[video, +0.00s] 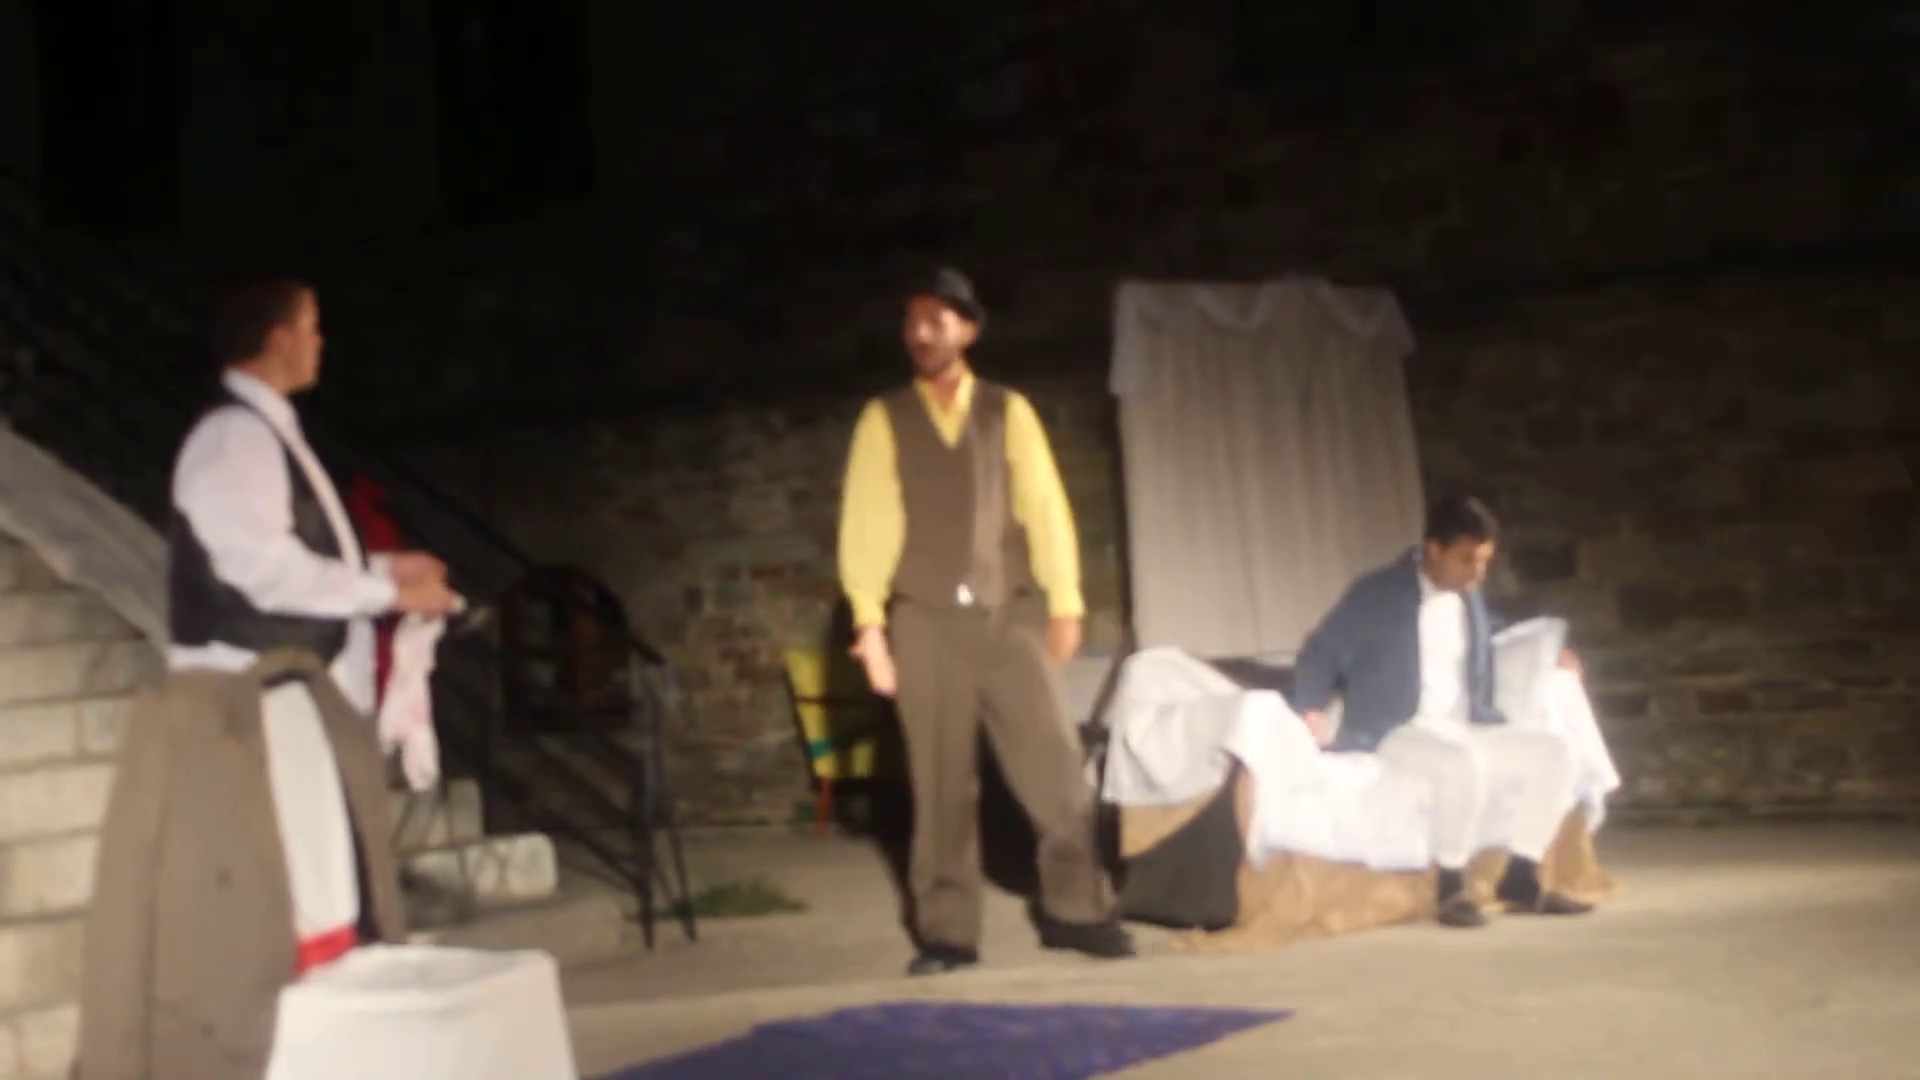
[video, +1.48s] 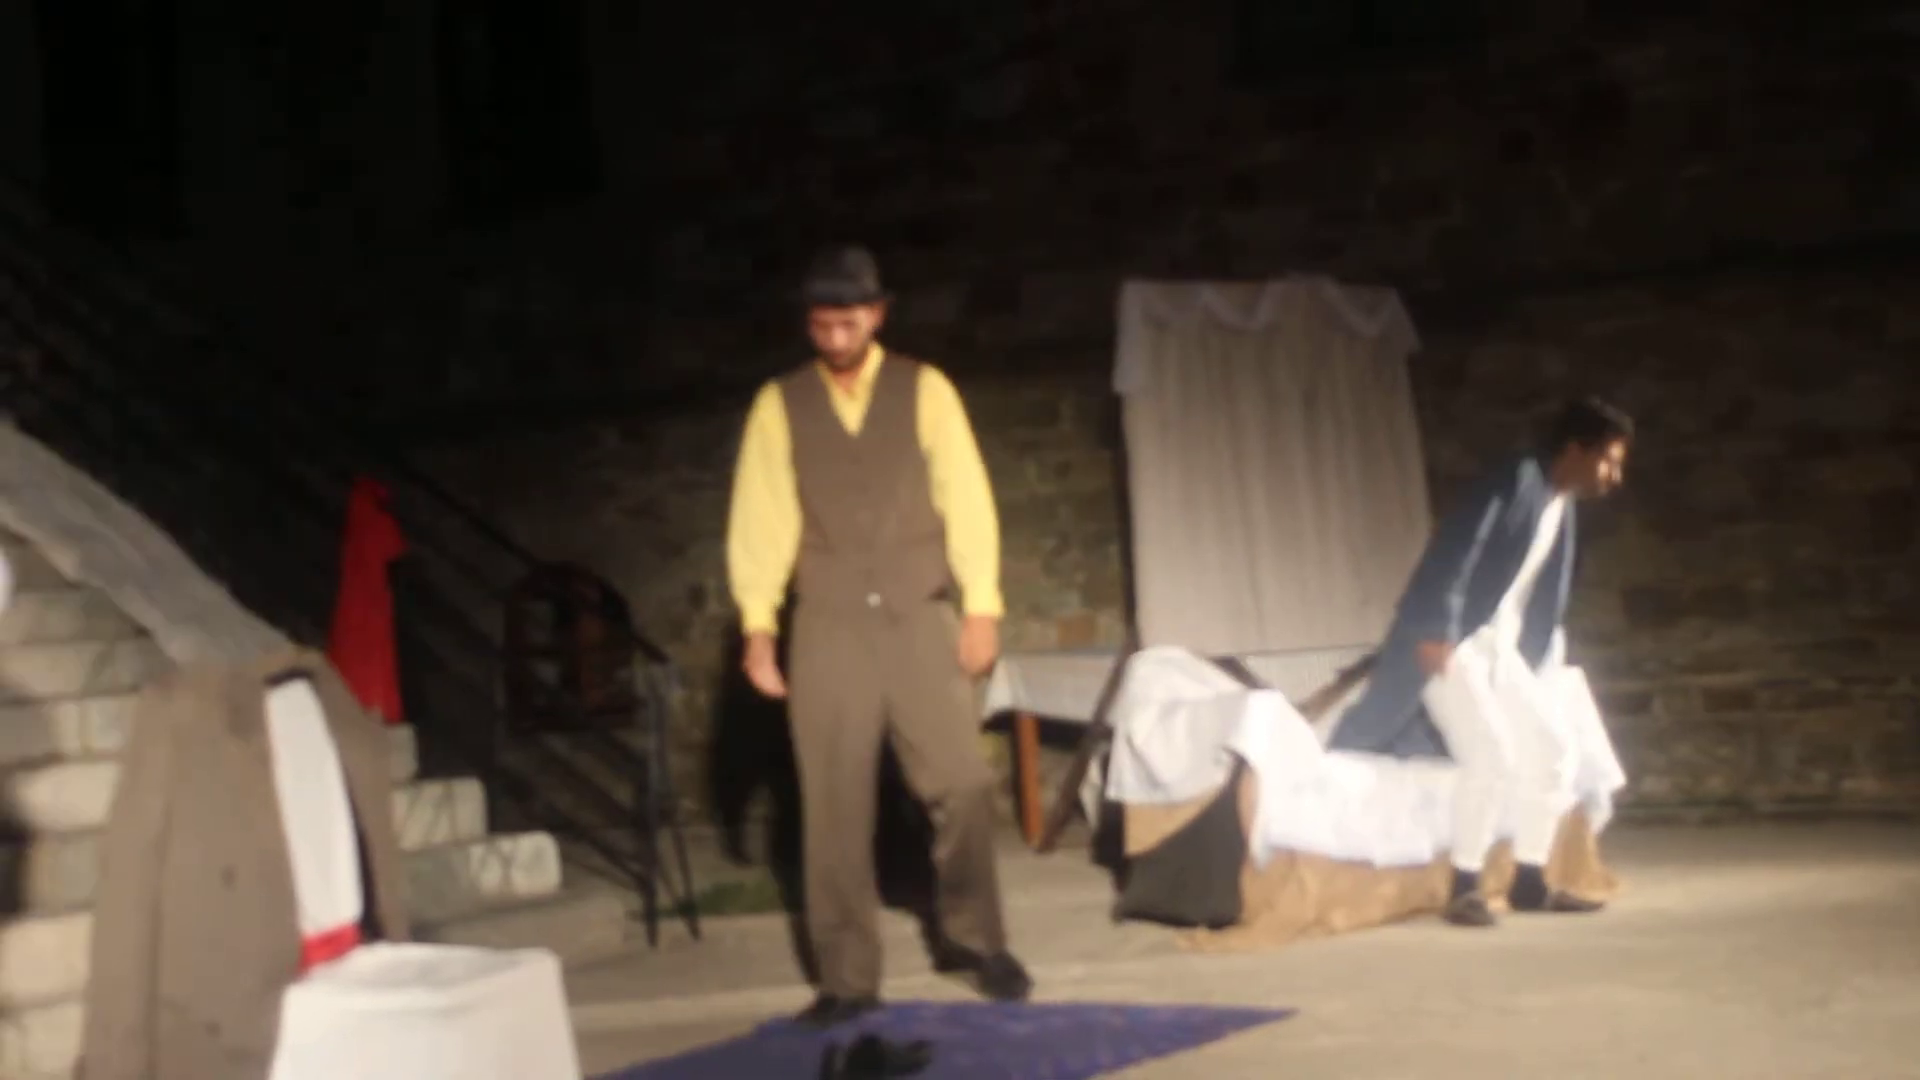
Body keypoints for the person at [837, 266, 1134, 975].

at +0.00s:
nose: (926, 334)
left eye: (941, 320)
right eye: (917, 321)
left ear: (969, 329)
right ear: (905, 332)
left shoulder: (1011, 414)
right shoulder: (884, 421)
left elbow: (1047, 512)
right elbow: (865, 525)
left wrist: (1066, 605)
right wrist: (869, 624)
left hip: (1009, 619)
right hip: (924, 625)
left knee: (1057, 772)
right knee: (942, 787)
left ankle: (1078, 912)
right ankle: (947, 934)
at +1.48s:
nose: (839, 328)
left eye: (852, 312)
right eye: (825, 314)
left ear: (879, 313)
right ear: (806, 319)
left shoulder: (927, 392)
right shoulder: (778, 407)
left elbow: (968, 500)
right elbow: (760, 519)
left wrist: (981, 609)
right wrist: (758, 625)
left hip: (925, 622)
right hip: (826, 627)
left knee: (962, 784)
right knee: (833, 811)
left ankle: (971, 942)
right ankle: (847, 982)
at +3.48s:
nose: (828, 323)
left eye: (843, 309)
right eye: (814, 305)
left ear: (857, 308)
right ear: (779, 295)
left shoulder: (875, 386)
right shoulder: (724, 386)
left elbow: (908, 504)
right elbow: (681, 511)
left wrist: (919, 613)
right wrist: (696, 617)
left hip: (870, 634)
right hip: (771, 640)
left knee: (914, 821)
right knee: (792, 840)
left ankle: (927, 1009)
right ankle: (811, 1024)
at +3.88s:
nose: (927, 317)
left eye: (931, 303)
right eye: (916, 300)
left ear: (908, 303)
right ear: (867, 292)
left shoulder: (911, 386)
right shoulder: (788, 384)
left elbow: (933, 502)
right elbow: (739, 509)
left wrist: (940, 603)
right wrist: (786, 625)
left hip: (914, 629)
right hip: (838, 633)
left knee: (928, 824)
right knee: (839, 831)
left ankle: (944, 1007)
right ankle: (814, 1026)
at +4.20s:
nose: (989, 314)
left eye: (992, 297)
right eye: (983, 295)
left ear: (946, 289)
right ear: (941, 288)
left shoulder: (920, 374)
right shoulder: (877, 373)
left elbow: (899, 500)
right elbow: (820, 484)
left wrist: (942, 613)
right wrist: (843, 599)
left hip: (931, 616)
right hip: (901, 617)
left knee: (947, 809)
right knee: (935, 811)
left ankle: (946, 999)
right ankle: (935, 1008)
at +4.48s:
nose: (1023, 324)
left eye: (1027, 307)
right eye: (1018, 305)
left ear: (969, 298)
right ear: (980, 292)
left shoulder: (923, 362)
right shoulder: (952, 366)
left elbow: (920, 491)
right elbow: (932, 486)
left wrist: (952, 596)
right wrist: (953, 606)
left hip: (909, 607)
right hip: (949, 608)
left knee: (948, 808)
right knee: (1013, 799)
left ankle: (942, 1002)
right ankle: (1020, 1002)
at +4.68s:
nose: (1056, 349)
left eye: (1062, 334)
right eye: (1056, 329)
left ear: (1004, 305)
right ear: (1025, 306)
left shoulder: (919, 382)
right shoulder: (999, 377)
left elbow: (876, 498)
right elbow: (1019, 504)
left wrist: (897, 593)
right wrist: (1067, 606)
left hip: (926, 612)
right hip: (979, 609)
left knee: (1010, 790)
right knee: (1025, 800)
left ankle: (971, 961)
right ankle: (1023, 1005)